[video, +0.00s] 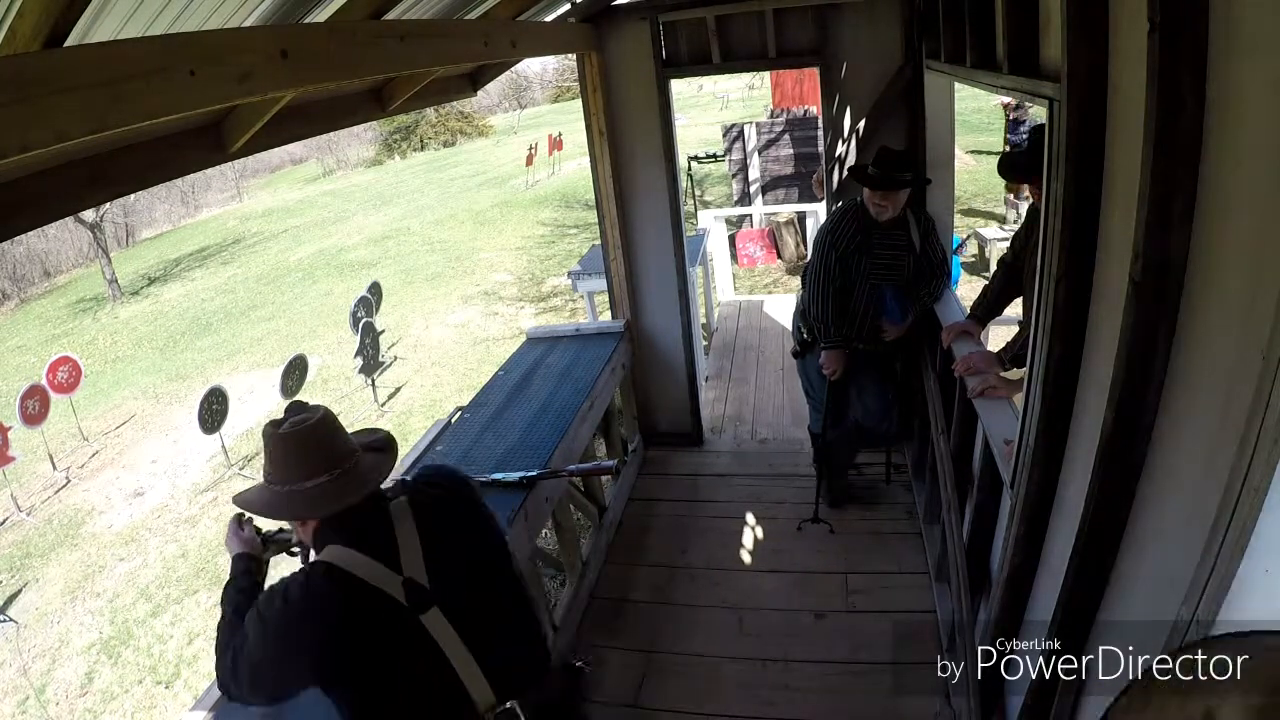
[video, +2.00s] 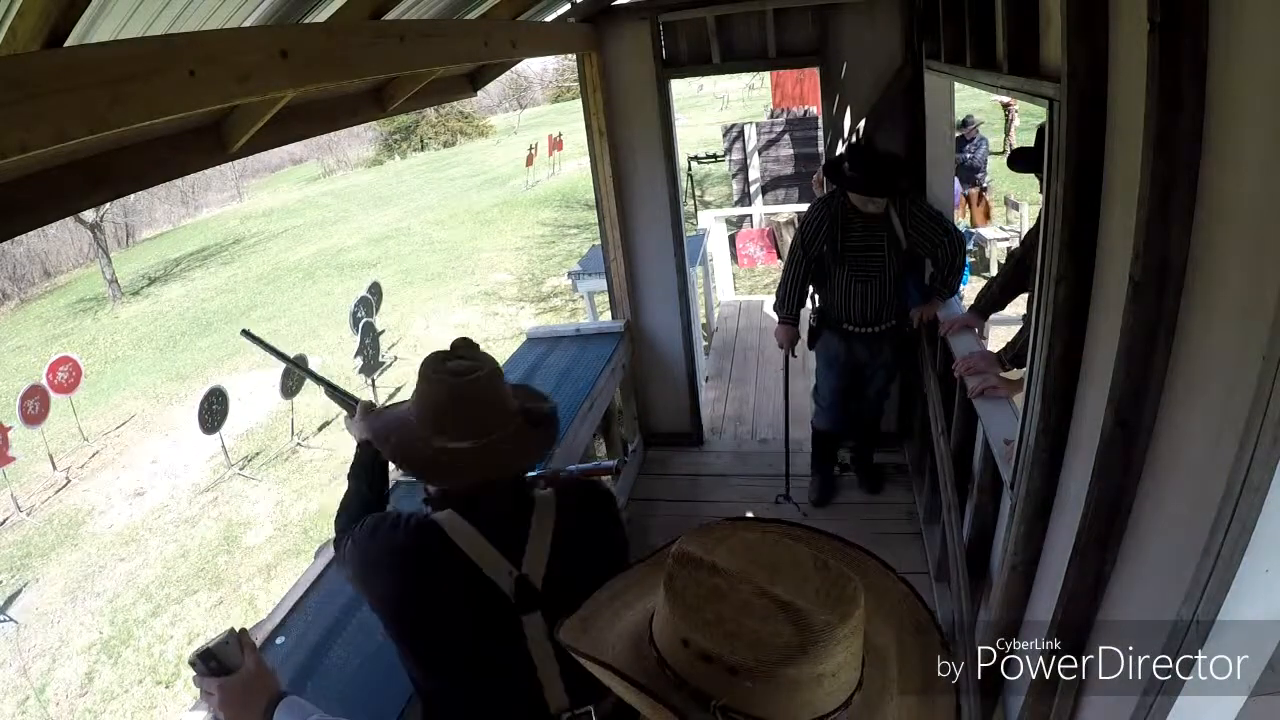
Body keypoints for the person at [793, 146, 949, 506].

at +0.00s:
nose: (880, 198)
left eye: (891, 190)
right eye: (873, 188)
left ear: (908, 192)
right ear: (863, 186)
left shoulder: (919, 225)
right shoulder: (842, 225)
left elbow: (937, 275)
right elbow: (820, 285)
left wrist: (907, 317)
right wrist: (830, 344)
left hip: (876, 337)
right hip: (825, 338)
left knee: (874, 410)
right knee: (830, 413)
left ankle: (843, 467)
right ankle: (832, 484)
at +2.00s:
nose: (872, 203)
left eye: (879, 196)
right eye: (864, 196)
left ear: (890, 189)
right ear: (849, 186)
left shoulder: (909, 212)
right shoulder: (826, 213)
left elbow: (951, 244)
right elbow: (798, 263)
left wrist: (937, 297)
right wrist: (787, 317)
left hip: (888, 333)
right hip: (836, 333)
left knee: (874, 404)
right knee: (829, 405)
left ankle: (865, 462)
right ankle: (823, 474)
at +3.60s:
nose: (842, 183)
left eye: (852, 175)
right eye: (836, 175)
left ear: (874, 173)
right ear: (830, 177)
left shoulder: (905, 208)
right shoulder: (820, 217)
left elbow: (945, 243)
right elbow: (796, 270)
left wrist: (937, 297)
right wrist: (787, 322)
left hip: (888, 333)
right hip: (835, 334)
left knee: (873, 405)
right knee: (830, 406)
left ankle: (864, 459)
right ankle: (822, 473)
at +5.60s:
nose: (837, 178)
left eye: (844, 169)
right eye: (834, 171)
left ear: (871, 166)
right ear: (832, 170)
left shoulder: (905, 204)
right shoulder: (825, 212)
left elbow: (946, 245)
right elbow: (801, 266)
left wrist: (935, 298)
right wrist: (791, 318)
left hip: (889, 332)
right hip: (837, 331)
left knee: (876, 408)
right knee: (831, 408)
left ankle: (865, 465)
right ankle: (818, 477)